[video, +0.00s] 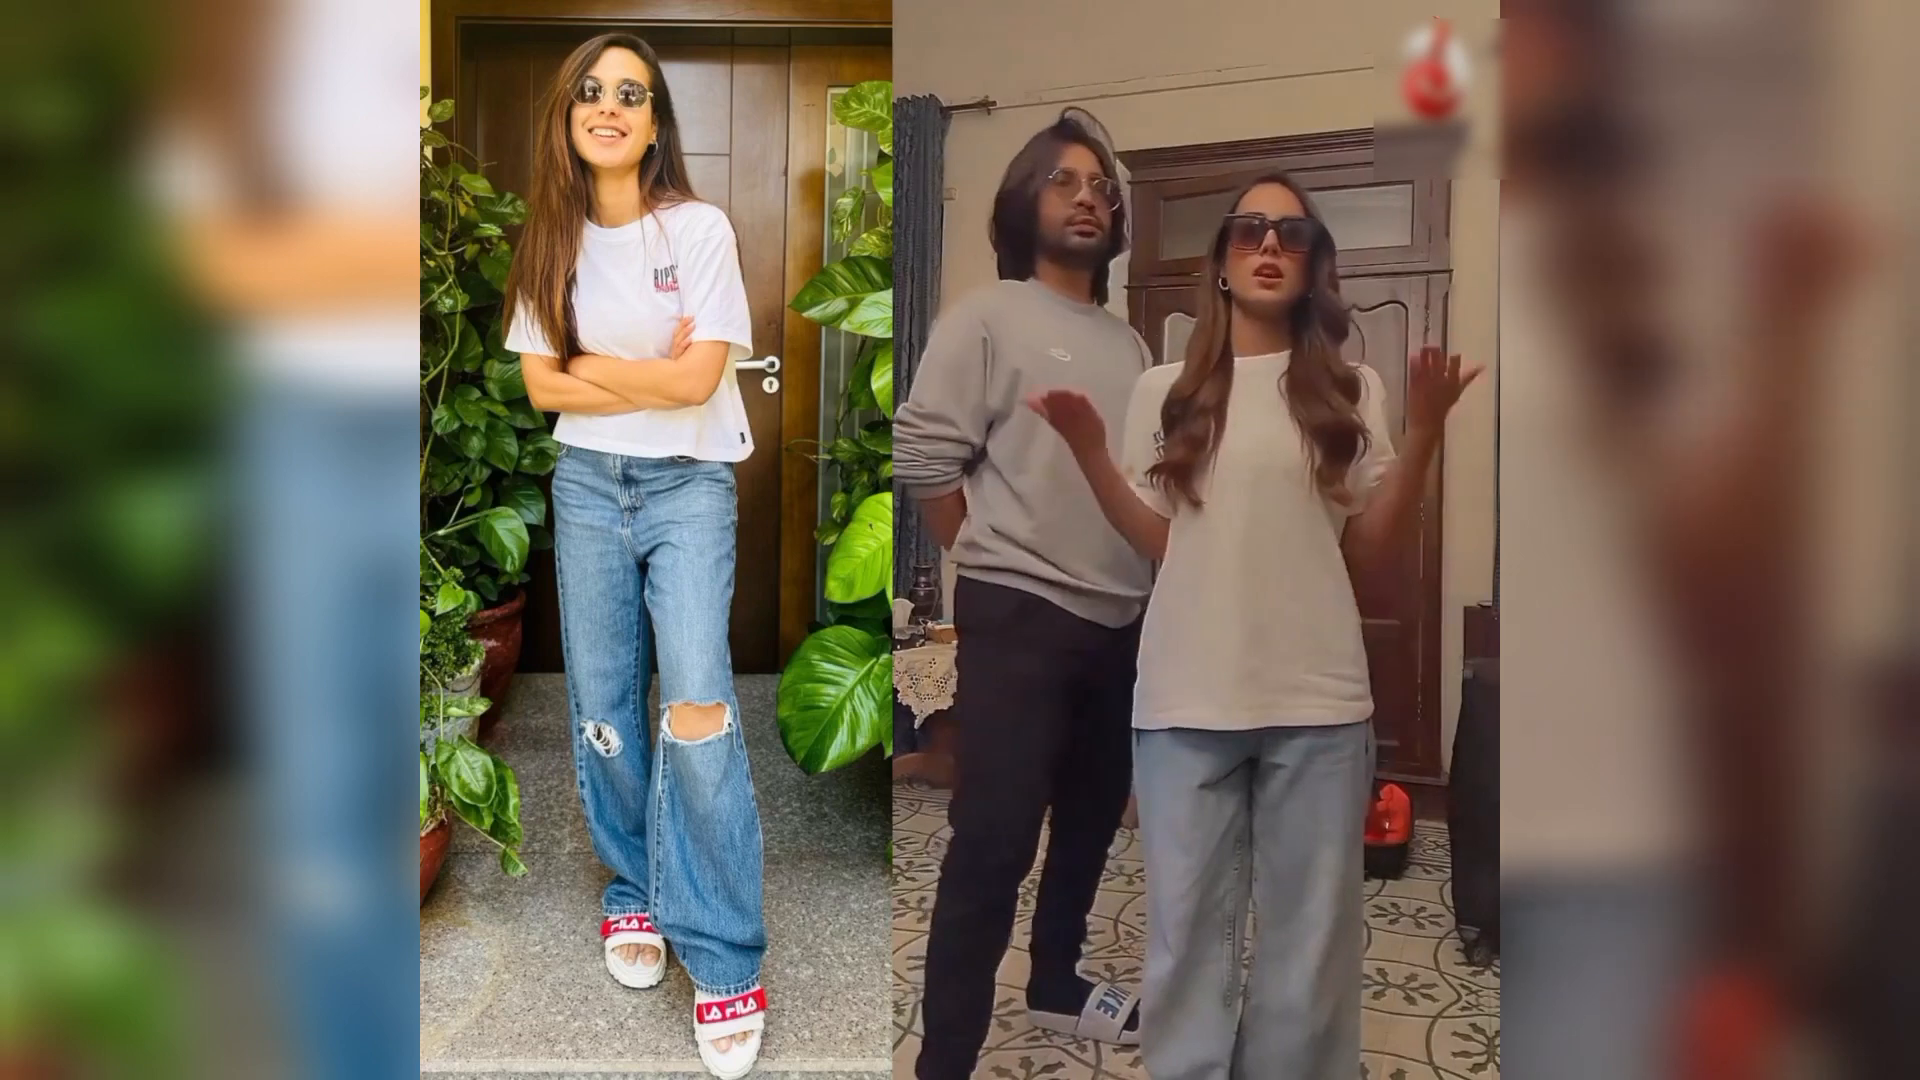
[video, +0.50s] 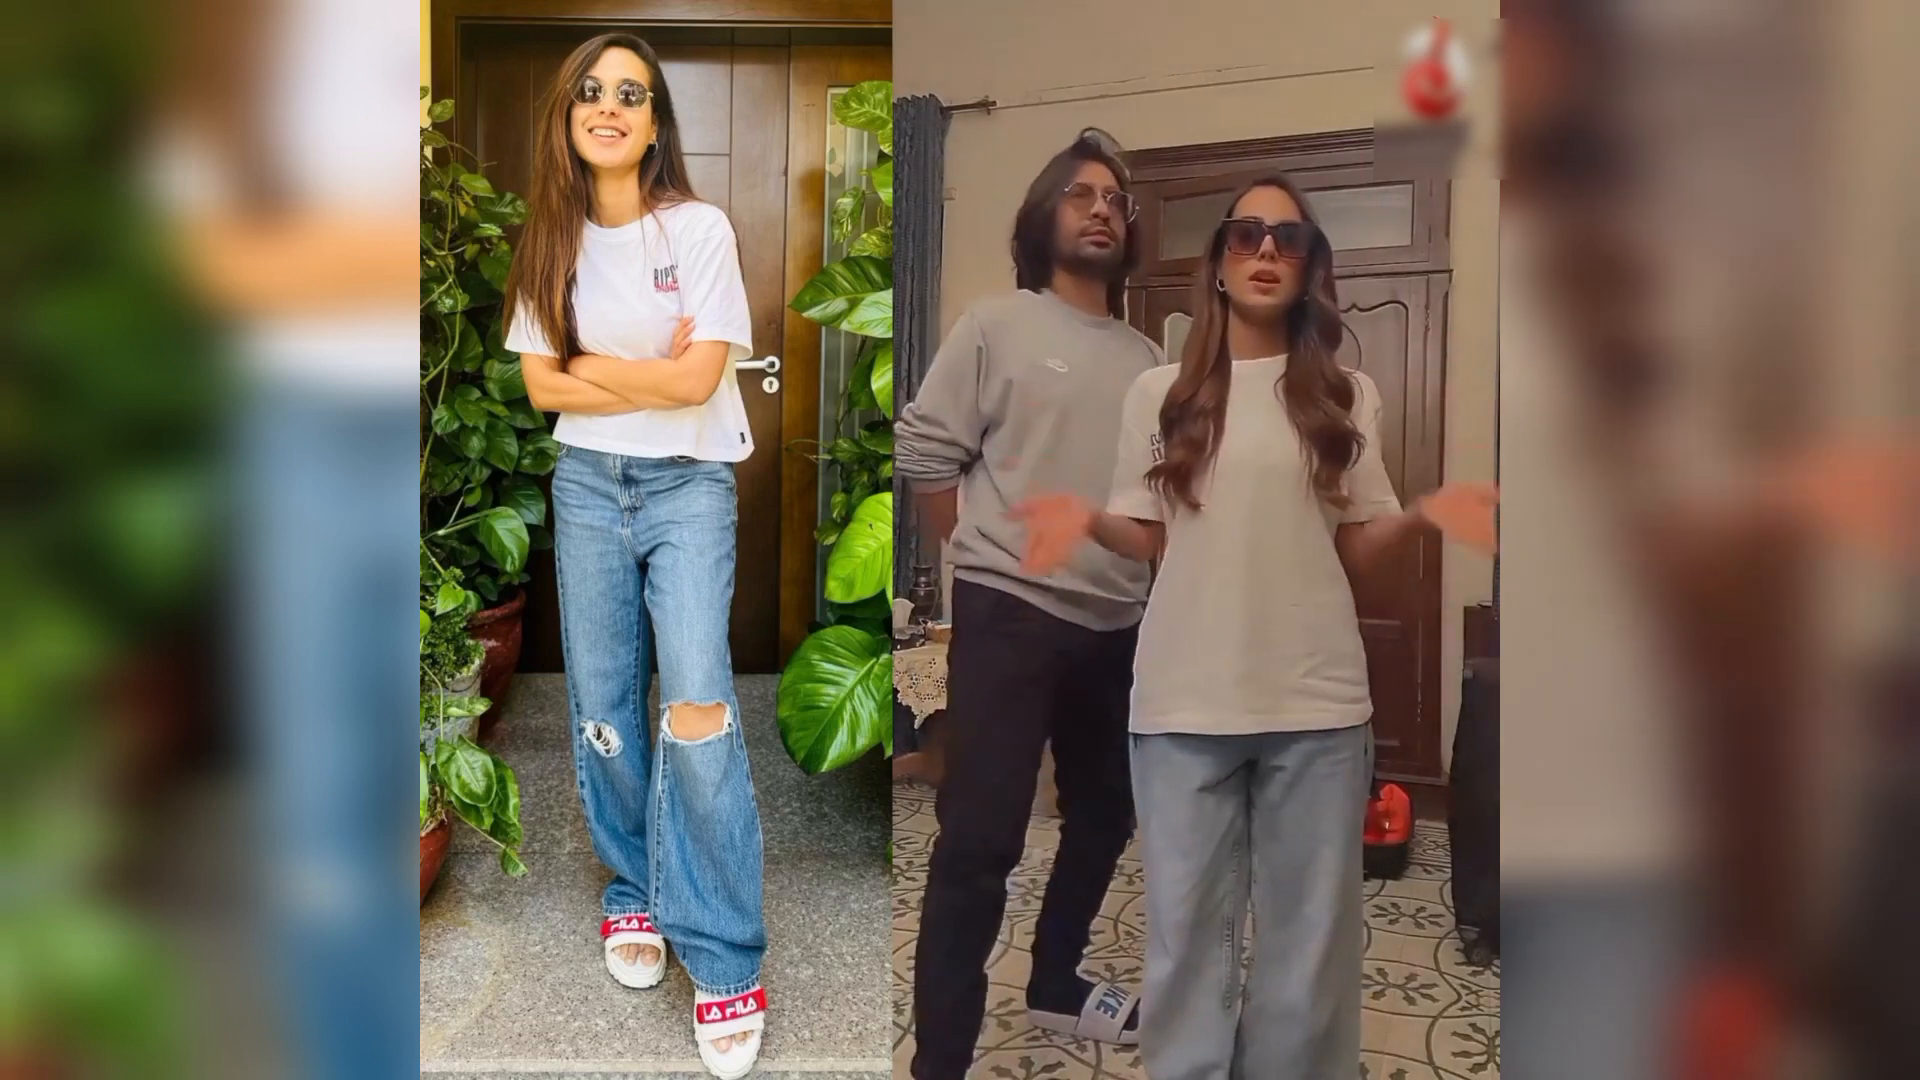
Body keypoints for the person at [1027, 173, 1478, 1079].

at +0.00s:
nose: (1269, 245)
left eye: (1290, 233)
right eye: (1250, 231)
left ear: (1317, 262)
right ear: (1220, 259)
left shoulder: (1351, 386)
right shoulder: (1165, 387)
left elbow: (1368, 543)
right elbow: (1159, 540)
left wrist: (1422, 432)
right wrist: (1091, 450)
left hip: (1318, 694)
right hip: (1184, 694)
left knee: (1310, 944)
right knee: (1182, 936)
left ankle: (1295, 1070)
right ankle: (1186, 1066)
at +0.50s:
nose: (1266, 249)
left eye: (1287, 237)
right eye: (1248, 235)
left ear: (1313, 265)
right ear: (1219, 262)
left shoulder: (1346, 393)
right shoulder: (1162, 392)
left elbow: (1360, 552)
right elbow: (1154, 542)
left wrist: (1420, 517)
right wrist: (1093, 518)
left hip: (1317, 705)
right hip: (1182, 705)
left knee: (1310, 946)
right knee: (1182, 938)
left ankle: (1294, 1071)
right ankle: (1186, 1067)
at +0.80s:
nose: (1264, 245)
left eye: (1285, 234)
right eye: (1246, 232)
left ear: (1311, 265)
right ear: (1216, 263)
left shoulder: (1344, 392)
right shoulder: (1163, 390)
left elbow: (1394, 540)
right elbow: (1115, 532)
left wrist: (1431, 407)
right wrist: (1066, 402)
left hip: (1317, 706)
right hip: (1181, 704)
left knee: (1309, 953)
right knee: (1182, 945)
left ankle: (1294, 1072)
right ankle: (1184, 1067)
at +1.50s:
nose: (1266, 248)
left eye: (1286, 236)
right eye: (1247, 234)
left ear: (1311, 263)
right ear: (1217, 258)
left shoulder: (1347, 392)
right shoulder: (1159, 391)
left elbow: (1384, 537)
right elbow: (1105, 531)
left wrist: (1471, 451)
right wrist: (1026, 446)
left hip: (1320, 707)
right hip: (1184, 708)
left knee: (1315, 944)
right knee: (1185, 938)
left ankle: (1294, 1075)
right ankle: (1186, 1069)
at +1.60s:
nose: (1265, 249)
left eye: (1286, 238)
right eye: (1246, 236)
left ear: (1312, 265)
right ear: (1218, 263)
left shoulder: (1350, 398)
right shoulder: (1159, 398)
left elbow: (1370, 539)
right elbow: (1124, 532)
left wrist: (1430, 579)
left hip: (1321, 713)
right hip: (1182, 713)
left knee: (1312, 948)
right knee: (1185, 940)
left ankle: (1297, 1070)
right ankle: (1186, 1066)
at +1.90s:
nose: (1261, 252)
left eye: (1283, 239)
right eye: (1242, 237)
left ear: (1308, 266)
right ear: (1215, 262)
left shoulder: (1348, 394)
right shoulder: (1156, 395)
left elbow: (1422, 518)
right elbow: (1128, 535)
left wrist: (1331, 494)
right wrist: (1198, 523)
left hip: (1318, 715)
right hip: (1182, 716)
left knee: (1313, 954)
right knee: (1184, 946)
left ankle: (1292, 1073)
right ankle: (1185, 1070)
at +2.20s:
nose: (1260, 248)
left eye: (1283, 238)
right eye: (1240, 235)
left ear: (1307, 269)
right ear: (1212, 265)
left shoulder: (1347, 395)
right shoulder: (1155, 397)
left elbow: (1410, 549)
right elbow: (1118, 552)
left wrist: (1372, 466)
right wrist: (1154, 469)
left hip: (1321, 714)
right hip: (1182, 717)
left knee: (1312, 959)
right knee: (1184, 949)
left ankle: (1293, 1073)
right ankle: (1185, 1069)